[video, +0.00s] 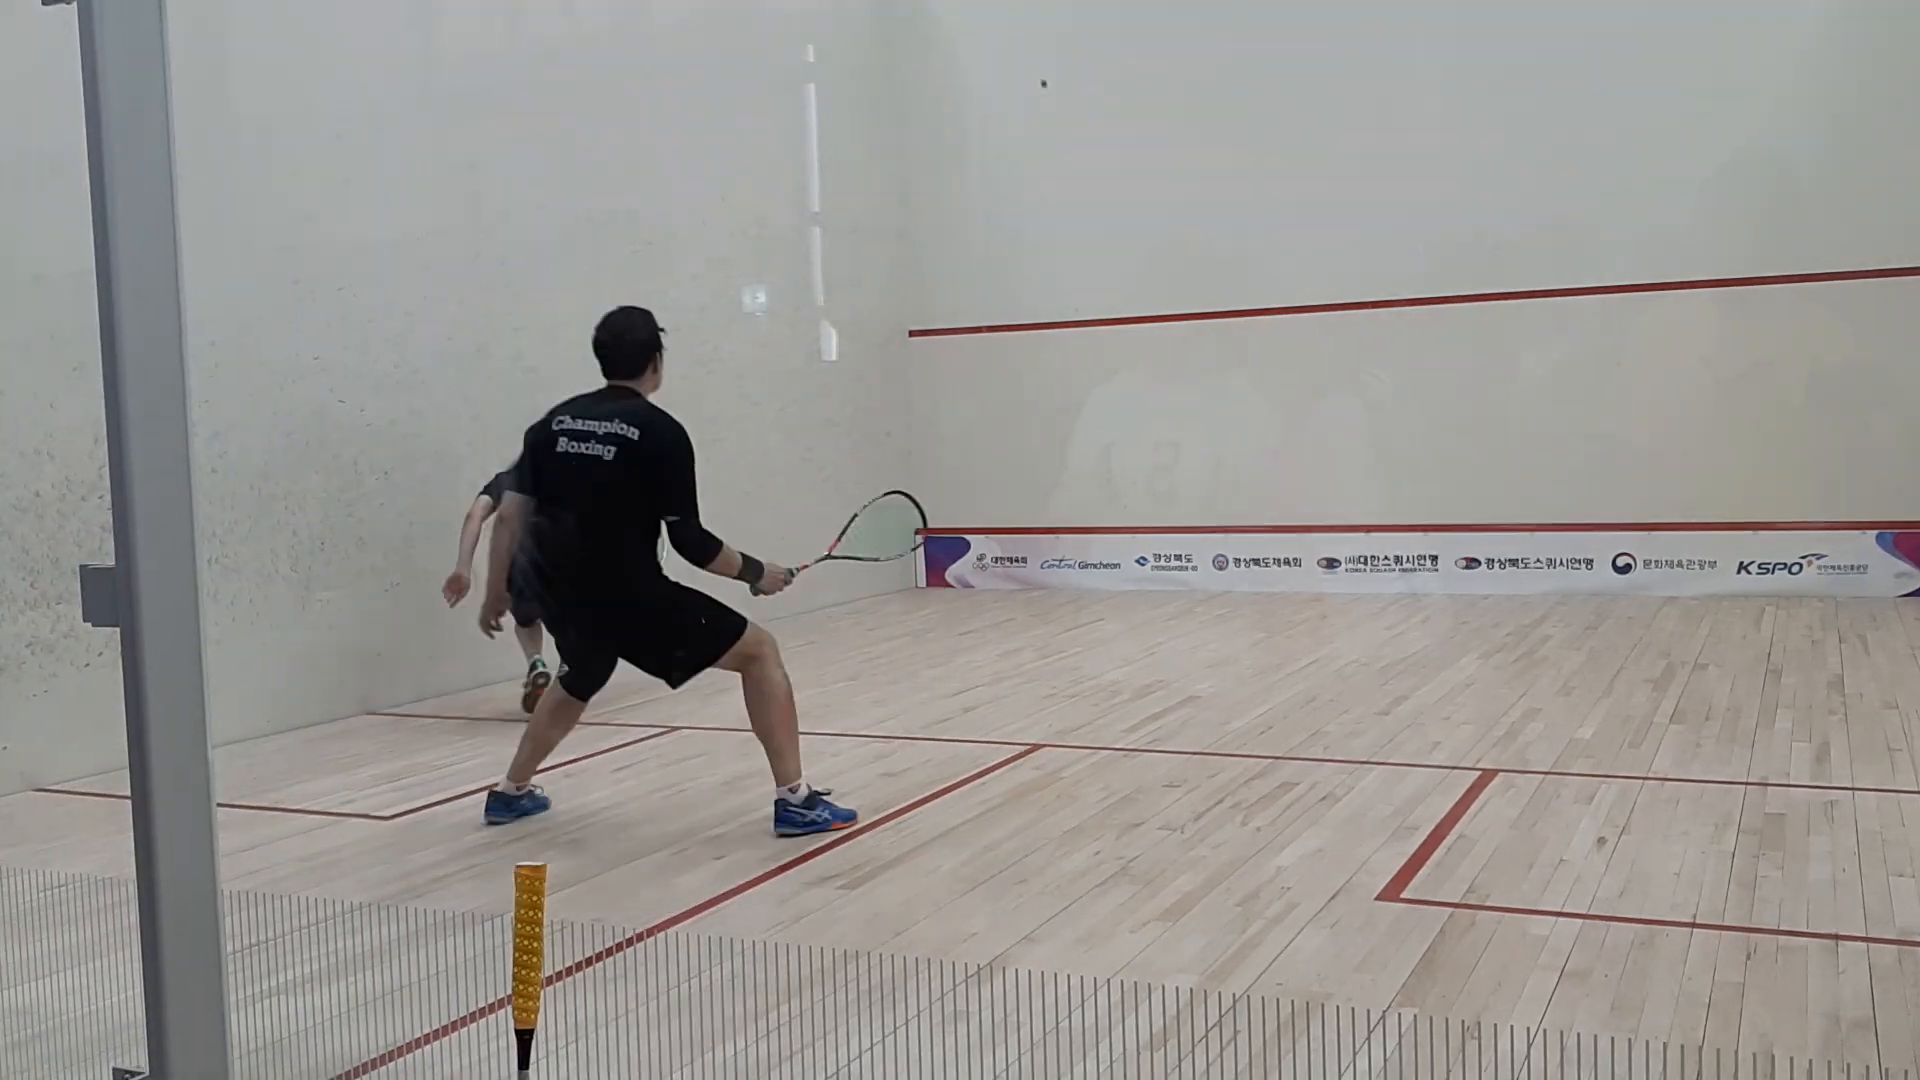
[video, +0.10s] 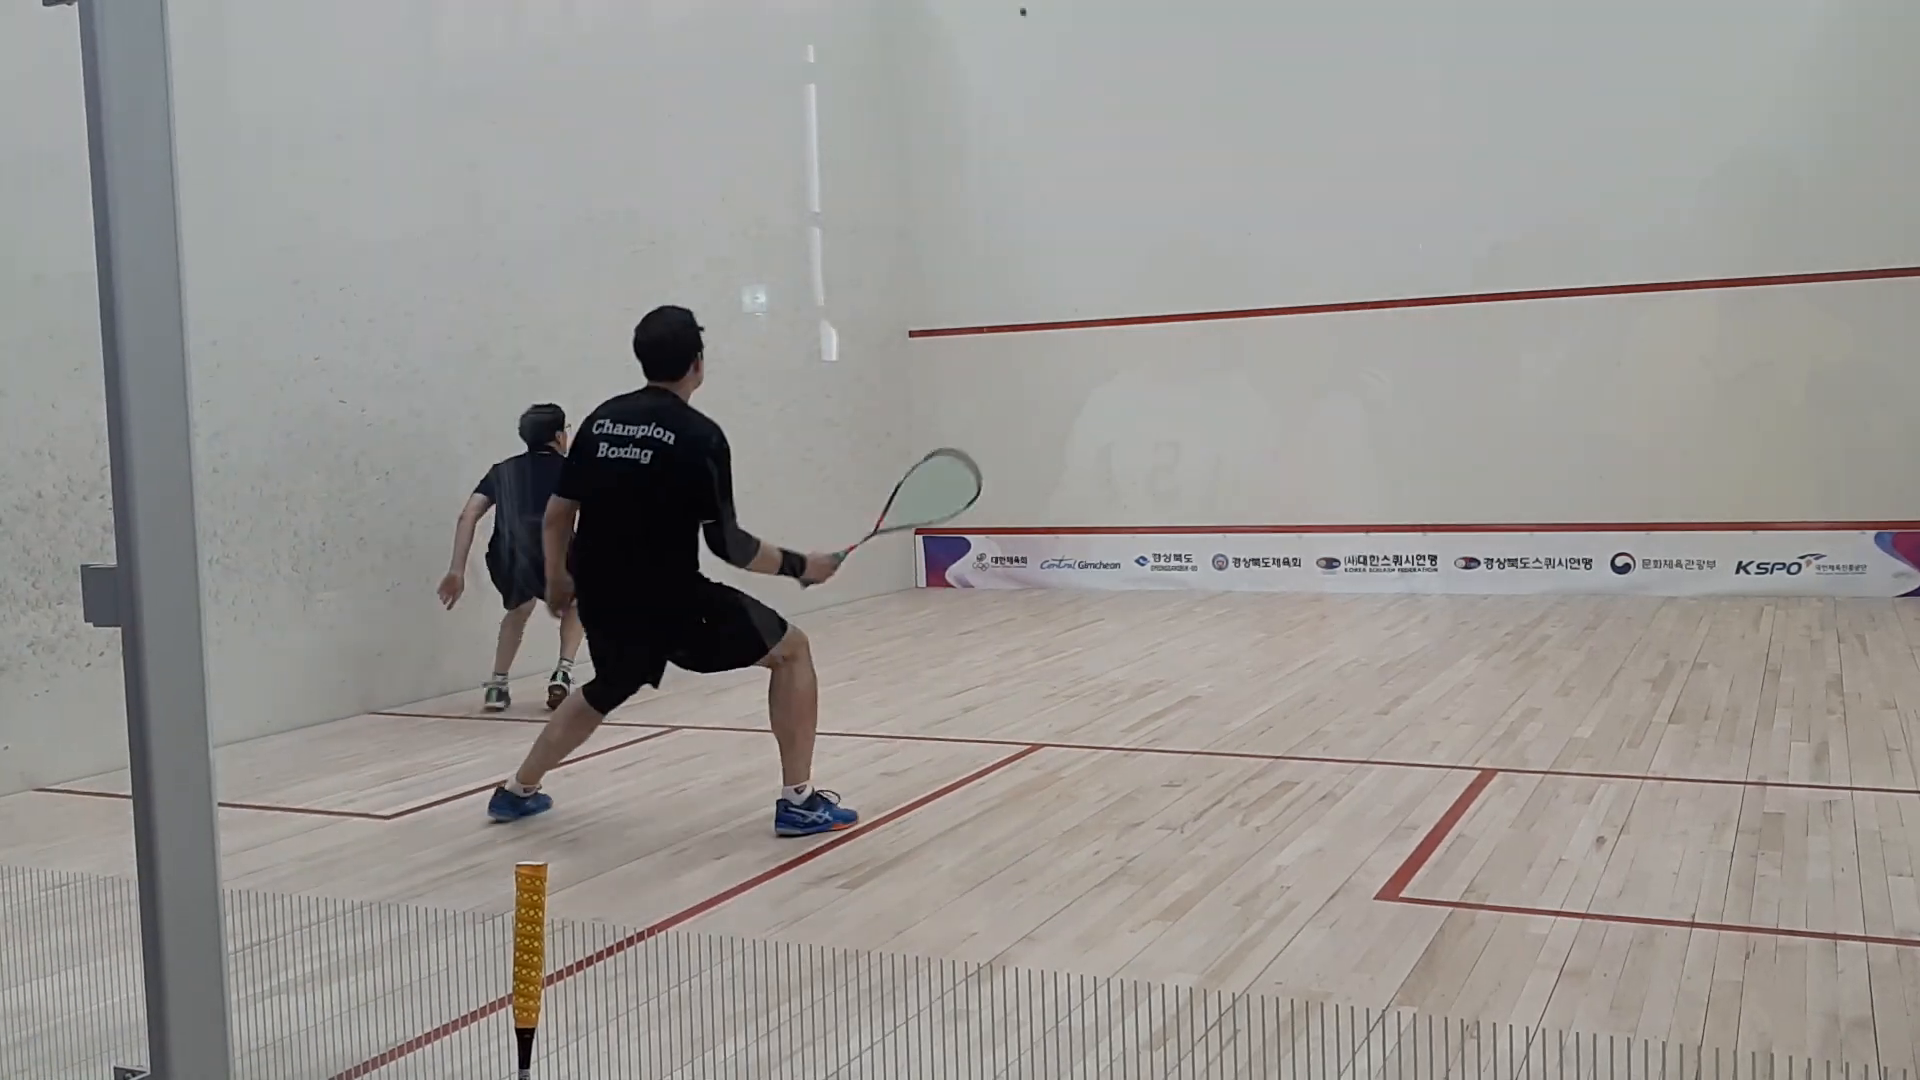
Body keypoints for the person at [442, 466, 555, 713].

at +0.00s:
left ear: (531, 448)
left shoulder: (515, 475)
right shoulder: (582, 481)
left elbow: (475, 515)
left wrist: (462, 569)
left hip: (526, 566)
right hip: (571, 569)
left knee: (526, 614)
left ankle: (536, 663)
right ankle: (567, 672)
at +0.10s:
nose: (568, 435)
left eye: (566, 429)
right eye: (566, 430)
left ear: (527, 438)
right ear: (558, 436)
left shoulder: (502, 470)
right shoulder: (572, 470)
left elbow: (469, 514)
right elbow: (589, 521)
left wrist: (456, 571)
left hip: (508, 560)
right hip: (555, 562)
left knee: (519, 607)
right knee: (574, 605)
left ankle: (497, 684)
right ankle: (563, 672)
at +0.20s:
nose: (567, 422)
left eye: (563, 417)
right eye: (561, 419)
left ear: (529, 432)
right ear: (548, 429)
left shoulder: (501, 467)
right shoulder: (573, 467)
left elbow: (468, 518)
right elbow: (600, 532)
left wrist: (459, 576)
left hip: (497, 562)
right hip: (545, 563)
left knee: (516, 607)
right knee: (592, 601)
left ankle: (488, 685)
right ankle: (561, 669)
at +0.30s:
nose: (569, 415)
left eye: (565, 409)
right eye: (561, 412)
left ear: (539, 428)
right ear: (544, 425)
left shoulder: (507, 465)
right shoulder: (572, 461)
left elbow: (473, 521)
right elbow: (597, 521)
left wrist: (470, 577)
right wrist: (620, 550)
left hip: (498, 565)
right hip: (543, 565)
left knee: (516, 604)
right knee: (607, 598)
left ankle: (488, 685)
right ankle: (572, 671)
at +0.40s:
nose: (578, 409)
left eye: (574, 403)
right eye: (569, 406)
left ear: (548, 423)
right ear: (550, 420)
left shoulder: (521, 460)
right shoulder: (574, 456)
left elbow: (489, 516)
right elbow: (598, 518)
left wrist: (483, 575)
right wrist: (620, 547)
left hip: (507, 562)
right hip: (547, 563)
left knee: (521, 607)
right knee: (620, 599)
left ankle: (489, 683)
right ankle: (599, 674)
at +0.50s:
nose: (596, 401)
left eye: (592, 395)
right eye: (587, 397)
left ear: (567, 416)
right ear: (567, 413)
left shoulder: (540, 453)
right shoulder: (588, 452)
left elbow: (508, 509)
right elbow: (620, 519)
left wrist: (497, 563)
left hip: (520, 556)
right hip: (557, 559)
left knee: (531, 609)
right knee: (634, 597)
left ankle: (489, 686)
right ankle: (629, 677)